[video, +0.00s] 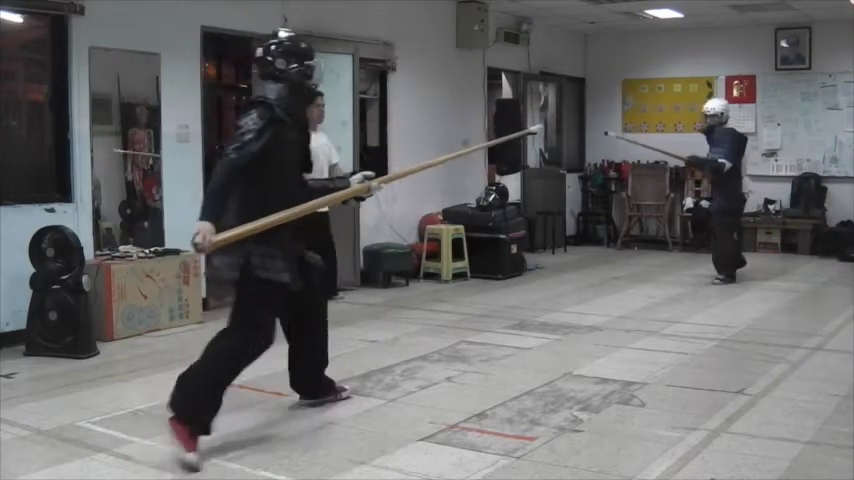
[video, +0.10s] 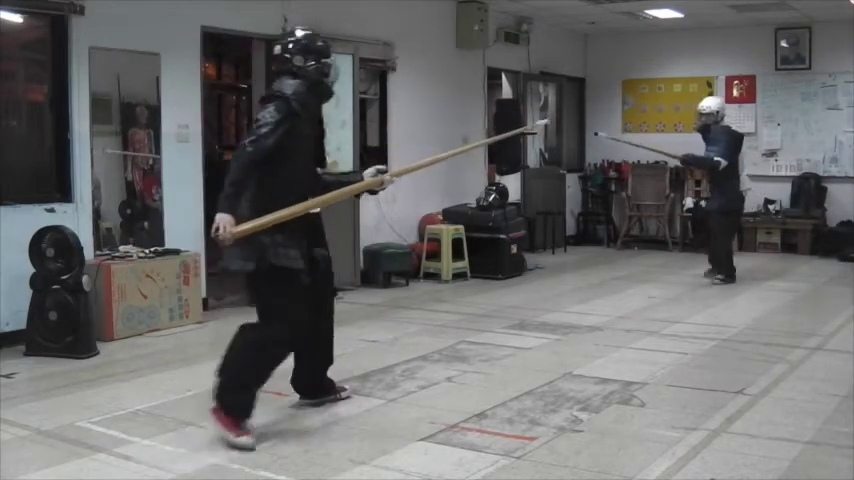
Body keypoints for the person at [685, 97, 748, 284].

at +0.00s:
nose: (708, 120)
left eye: (712, 116)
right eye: (707, 116)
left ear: (723, 117)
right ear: (707, 117)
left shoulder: (729, 136)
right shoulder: (715, 135)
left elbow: (721, 166)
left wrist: (696, 161)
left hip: (728, 194)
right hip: (721, 193)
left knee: (723, 230)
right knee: (721, 229)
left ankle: (727, 272)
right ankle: (734, 260)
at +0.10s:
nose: (703, 120)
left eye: (707, 115)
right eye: (701, 115)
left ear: (718, 116)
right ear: (700, 115)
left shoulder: (724, 134)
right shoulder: (712, 134)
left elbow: (717, 162)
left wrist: (688, 158)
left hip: (727, 194)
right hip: (718, 193)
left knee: (722, 232)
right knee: (714, 230)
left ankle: (727, 273)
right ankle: (717, 265)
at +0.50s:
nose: (686, 125)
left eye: (690, 120)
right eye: (685, 120)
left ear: (701, 120)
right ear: (685, 120)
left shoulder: (709, 138)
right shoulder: (693, 139)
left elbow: (701, 170)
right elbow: (695, 167)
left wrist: (672, 168)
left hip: (707, 197)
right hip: (695, 197)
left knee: (699, 234)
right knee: (685, 235)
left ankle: (715, 268)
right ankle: (693, 275)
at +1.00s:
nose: (672, 135)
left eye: (677, 130)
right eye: (670, 130)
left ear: (688, 130)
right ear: (666, 130)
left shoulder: (692, 148)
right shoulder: (679, 149)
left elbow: (686, 178)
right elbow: (679, 175)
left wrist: (656, 173)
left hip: (700, 206)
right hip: (690, 205)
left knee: (679, 237)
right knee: (676, 237)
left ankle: (690, 285)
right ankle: (694, 277)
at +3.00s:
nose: (676, 120)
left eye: (681, 116)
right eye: (675, 116)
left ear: (692, 117)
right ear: (673, 115)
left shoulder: (698, 137)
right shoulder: (684, 138)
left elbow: (698, 170)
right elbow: (686, 168)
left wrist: (668, 173)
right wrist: (669, 169)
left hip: (695, 196)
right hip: (684, 195)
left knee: (685, 235)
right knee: (678, 234)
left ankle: (694, 281)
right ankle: (693, 275)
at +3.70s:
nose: (665, 128)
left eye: (670, 124)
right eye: (663, 124)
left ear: (680, 125)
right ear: (661, 123)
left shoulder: (686, 144)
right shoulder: (671, 144)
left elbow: (678, 175)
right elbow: (672, 171)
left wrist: (653, 179)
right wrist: (661, 178)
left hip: (690, 200)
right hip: (682, 198)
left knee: (678, 238)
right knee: (678, 236)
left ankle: (676, 285)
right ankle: (696, 273)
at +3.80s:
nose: (662, 132)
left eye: (667, 128)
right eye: (660, 127)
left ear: (678, 129)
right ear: (658, 127)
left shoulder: (679, 149)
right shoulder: (669, 148)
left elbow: (669, 180)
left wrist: (636, 188)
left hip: (685, 206)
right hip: (680, 204)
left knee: (668, 243)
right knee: (676, 241)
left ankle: (673, 286)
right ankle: (695, 274)